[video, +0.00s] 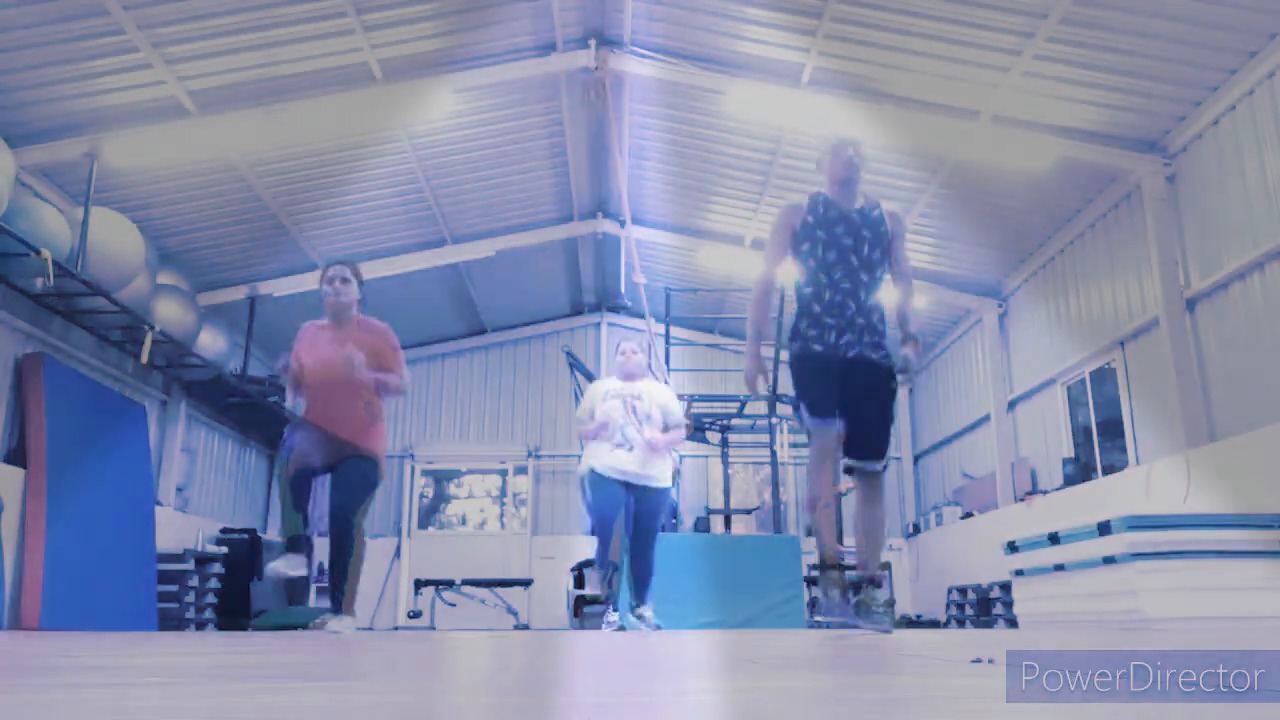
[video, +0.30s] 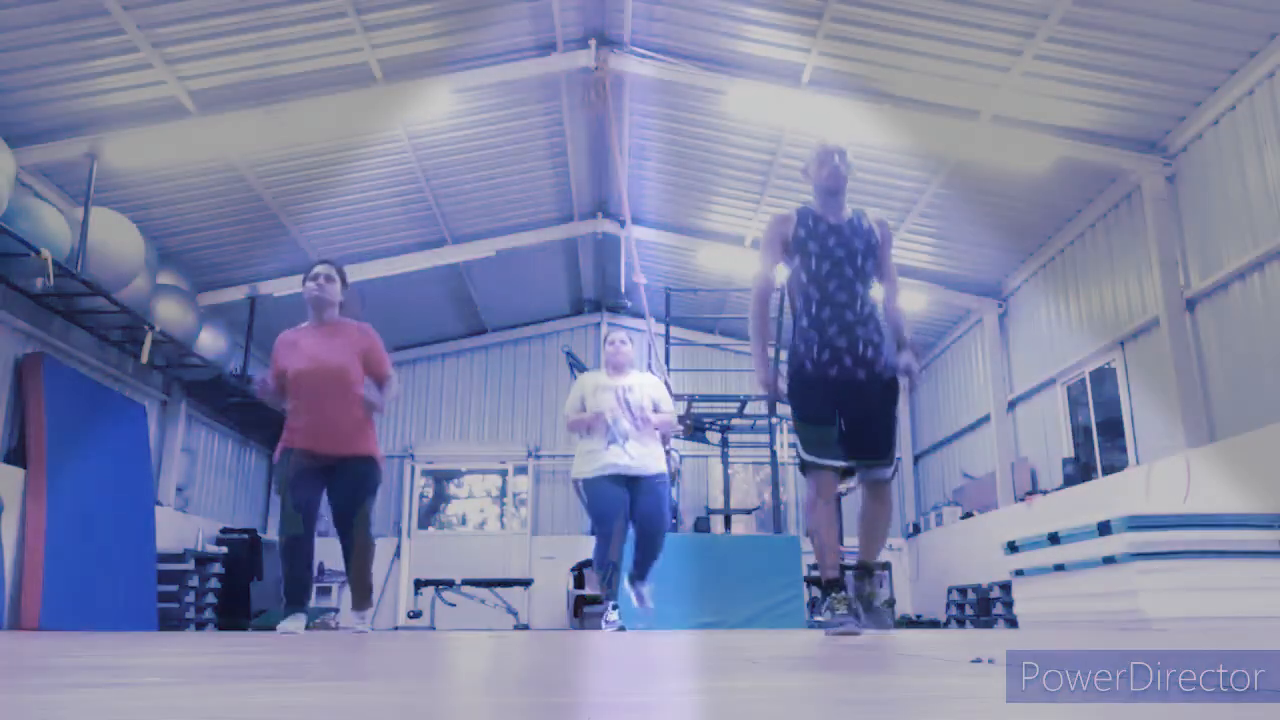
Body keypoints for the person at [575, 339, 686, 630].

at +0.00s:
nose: (627, 356)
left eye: (634, 352)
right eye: (622, 352)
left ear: (646, 360)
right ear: (615, 361)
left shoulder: (662, 392)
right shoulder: (600, 388)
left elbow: (681, 431)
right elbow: (581, 430)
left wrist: (662, 440)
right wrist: (598, 426)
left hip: (651, 474)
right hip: (606, 470)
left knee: (644, 542)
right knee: (605, 516)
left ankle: (641, 605)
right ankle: (610, 605)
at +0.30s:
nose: (617, 347)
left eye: (623, 342)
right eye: (611, 343)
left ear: (633, 350)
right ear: (603, 351)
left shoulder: (651, 382)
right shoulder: (587, 381)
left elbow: (672, 420)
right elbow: (570, 422)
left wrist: (650, 419)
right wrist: (593, 418)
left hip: (647, 468)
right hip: (599, 468)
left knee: (655, 524)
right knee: (611, 523)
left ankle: (639, 580)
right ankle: (610, 603)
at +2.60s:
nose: (628, 387)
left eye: (633, 382)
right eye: (622, 382)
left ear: (639, 386)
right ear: (611, 386)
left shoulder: (650, 418)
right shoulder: (597, 419)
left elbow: (670, 455)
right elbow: (584, 458)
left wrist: (647, 440)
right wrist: (604, 446)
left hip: (642, 493)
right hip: (600, 496)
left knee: (638, 547)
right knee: (604, 557)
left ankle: (643, 611)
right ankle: (598, 614)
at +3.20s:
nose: (630, 369)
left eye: (636, 366)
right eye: (625, 365)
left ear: (644, 376)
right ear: (616, 374)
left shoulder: (657, 402)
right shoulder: (601, 399)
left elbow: (674, 441)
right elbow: (584, 437)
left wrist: (647, 439)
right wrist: (603, 433)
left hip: (647, 479)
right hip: (606, 471)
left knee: (638, 547)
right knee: (613, 510)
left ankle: (639, 609)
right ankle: (606, 580)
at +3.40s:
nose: (622, 397)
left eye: (627, 392)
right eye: (616, 392)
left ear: (635, 398)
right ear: (608, 398)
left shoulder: (649, 429)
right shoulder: (595, 428)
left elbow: (668, 463)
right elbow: (582, 469)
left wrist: (646, 464)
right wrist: (596, 453)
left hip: (644, 505)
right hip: (604, 501)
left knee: (632, 562)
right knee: (618, 547)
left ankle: (629, 615)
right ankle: (607, 613)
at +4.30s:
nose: (621, 385)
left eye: (626, 381)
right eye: (616, 381)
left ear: (635, 388)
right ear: (608, 388)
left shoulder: (649, 418)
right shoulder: (592, 414)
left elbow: (665, 454)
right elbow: (577, 448)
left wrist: (643, 452)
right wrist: (596, 452)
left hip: (637, 496)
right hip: (594, 497)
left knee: (629, 553)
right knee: (595, 555)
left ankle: (627, 611)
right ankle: (597, 602)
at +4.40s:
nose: (619, 378)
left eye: (624, 373)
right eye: (615, 373)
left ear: (634, 378)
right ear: (609, 379)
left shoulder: (650, 407)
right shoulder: (593, 404)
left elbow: (666, 445)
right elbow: (577, 441)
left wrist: (645, 447)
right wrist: (595, 443)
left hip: (637, 483)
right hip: (596, 479)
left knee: (629, 549)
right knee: (590, 519)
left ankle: (628, 607)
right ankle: (596, 565)